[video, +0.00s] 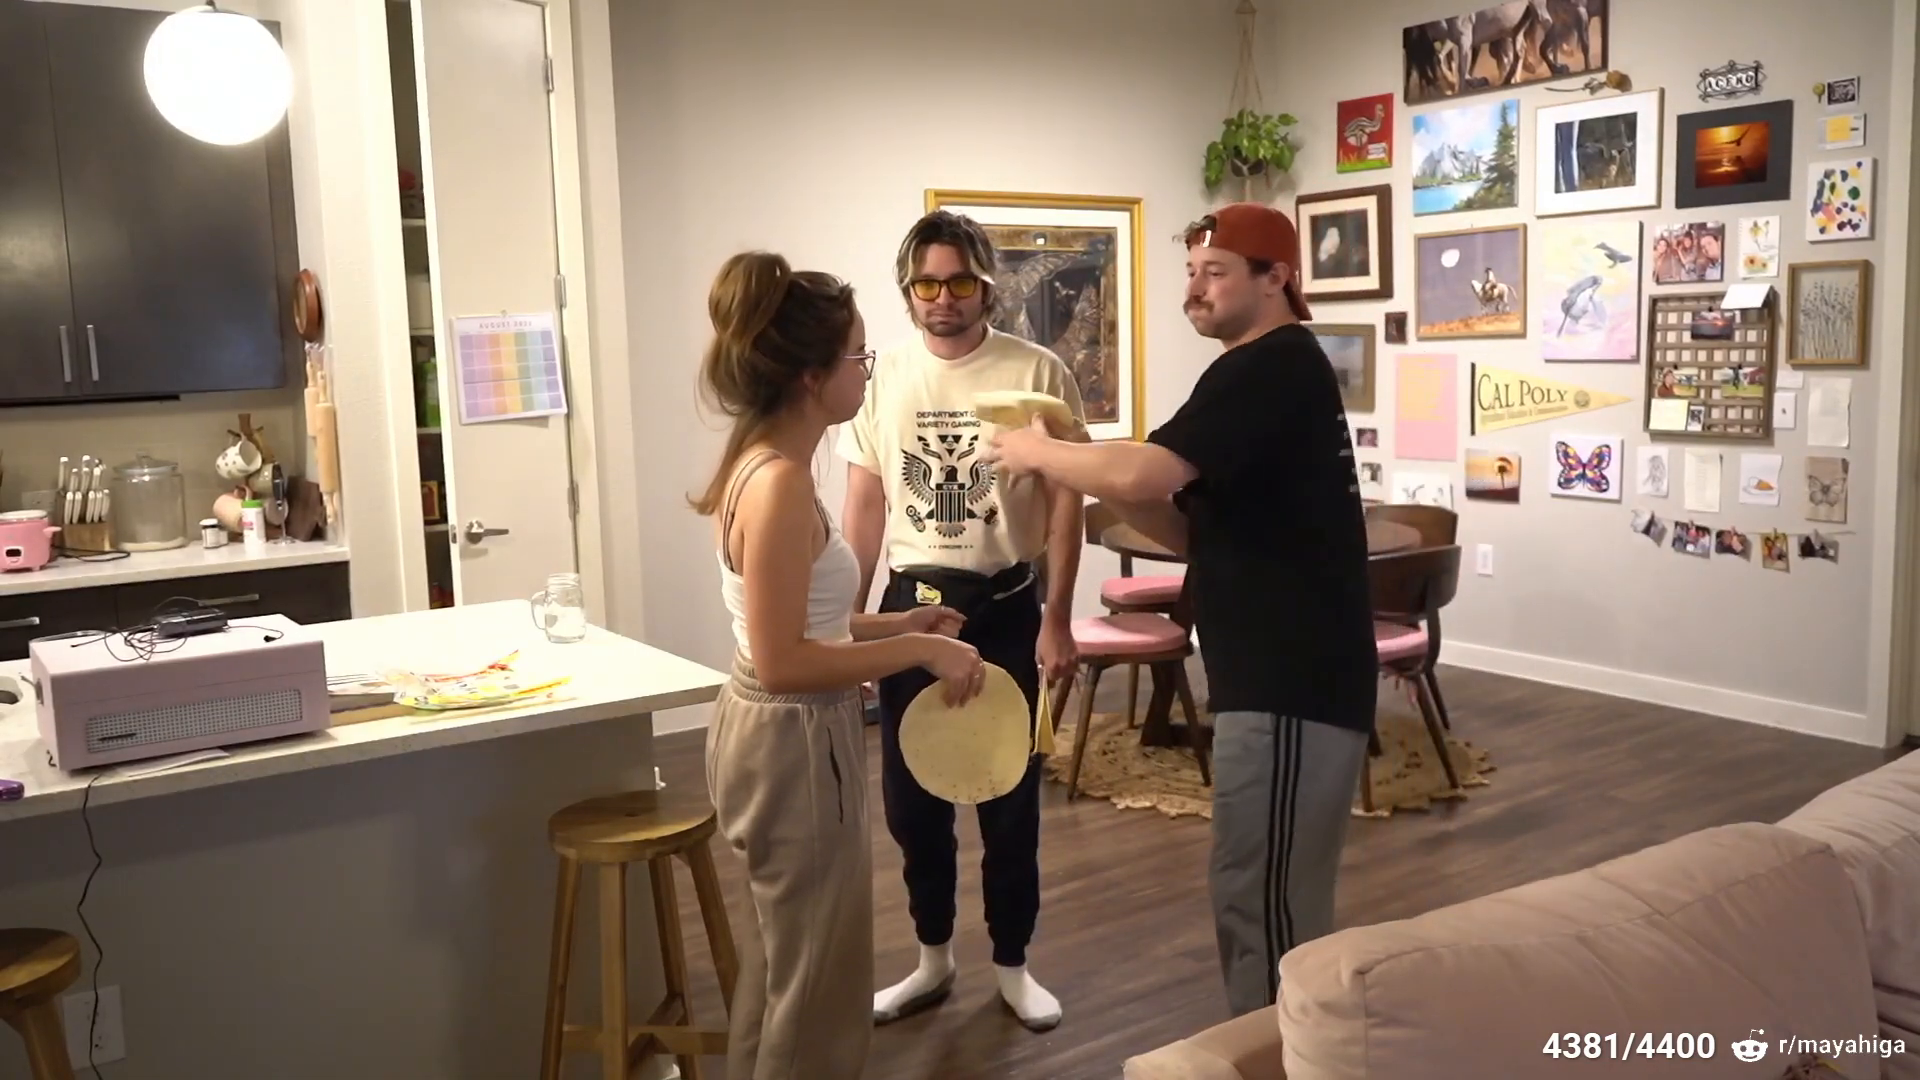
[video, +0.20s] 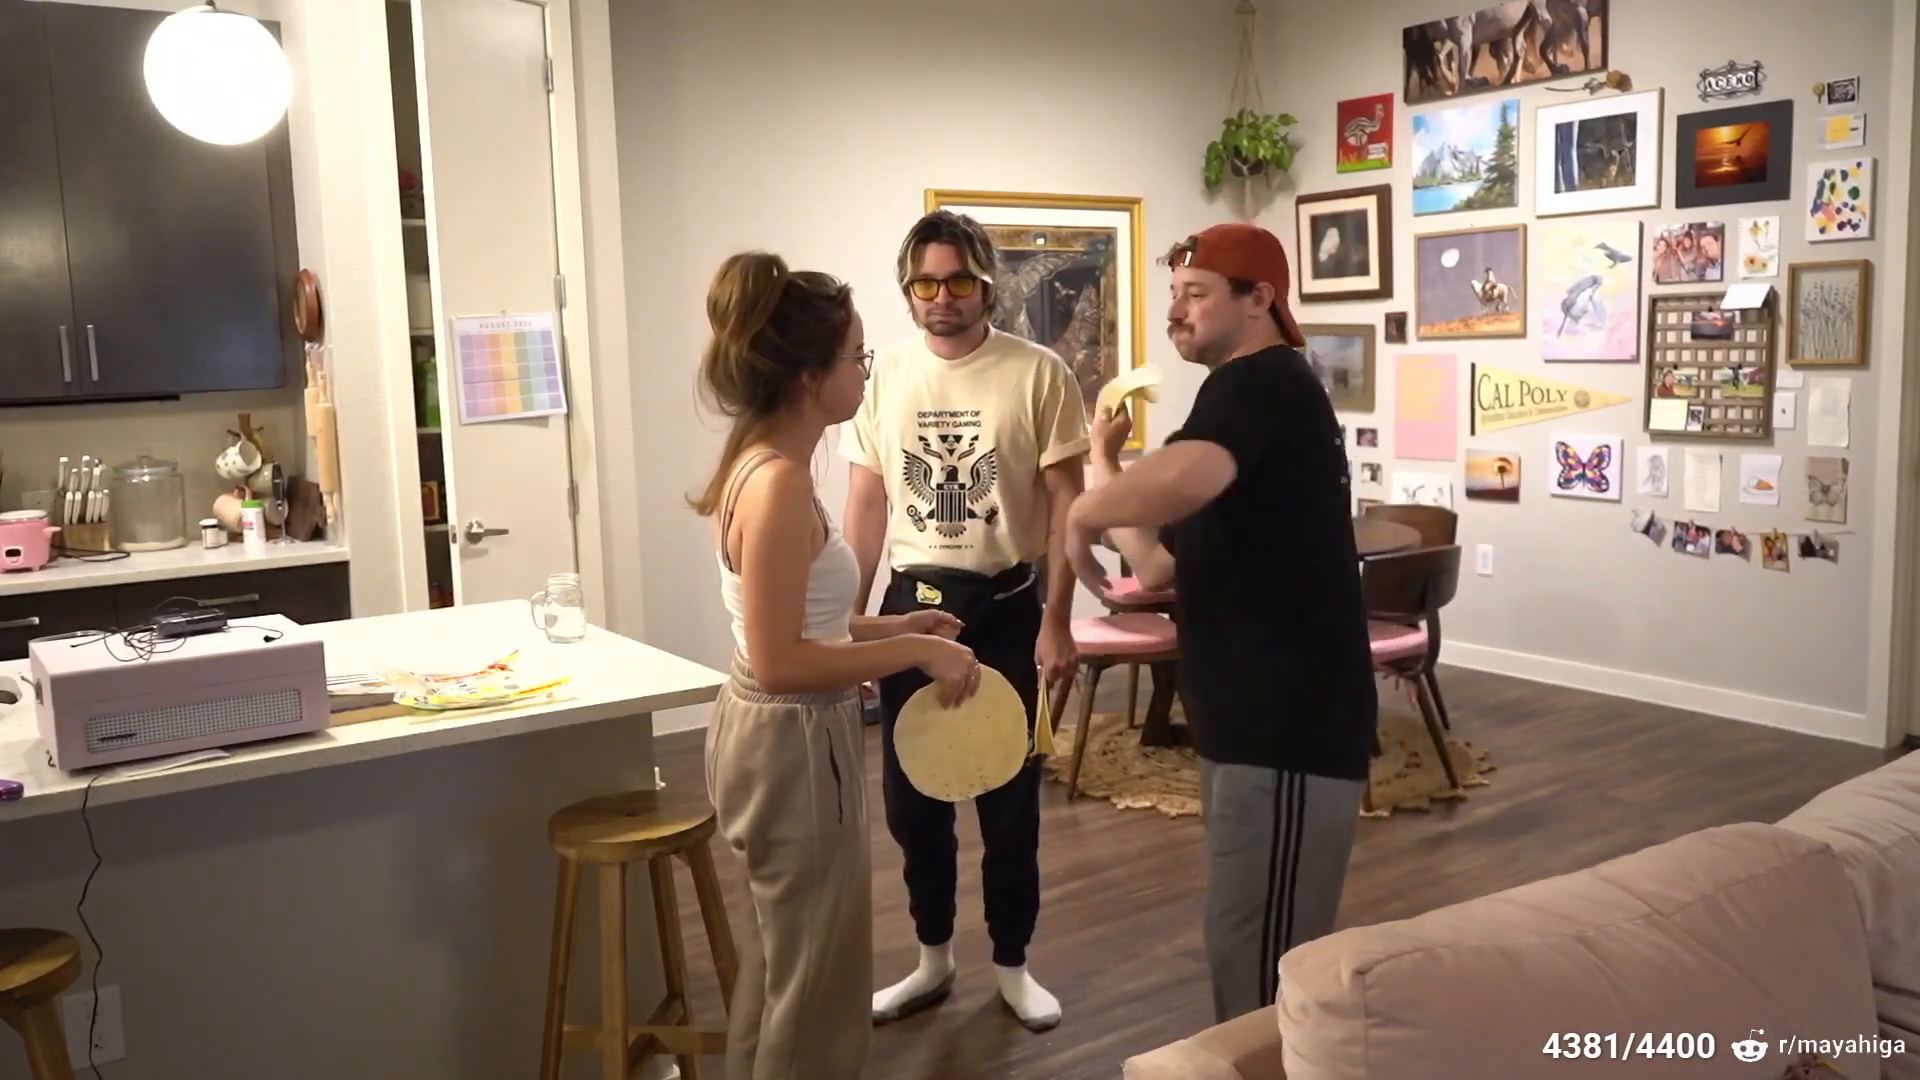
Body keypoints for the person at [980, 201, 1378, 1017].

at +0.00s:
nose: (1195, 289)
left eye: (1214, 272)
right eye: (1193, 275)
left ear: (1273, 278)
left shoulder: (1272, 364)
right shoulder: (1262, 367)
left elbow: (1153, 471)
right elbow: (1186, 531)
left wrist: (1043, 454)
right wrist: (1091, 474)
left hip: (1288, 689)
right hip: (1274, 684)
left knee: (1262, 908)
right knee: (1267, 904)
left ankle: (1274, 1070)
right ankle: (1278, 1066)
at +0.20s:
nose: (1176, 311)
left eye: (1195, 293)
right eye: (1174, 296)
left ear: (1256, 299)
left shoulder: (1263, 379)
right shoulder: (1252, 391)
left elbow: (1200, 470)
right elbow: (1154, 565)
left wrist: (1084, 511)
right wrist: (1107, 462)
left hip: (1285, 736)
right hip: (1267, 731)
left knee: (1257, 966)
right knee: (1258, 960)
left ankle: (1261, 1078)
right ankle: (1261, 1074)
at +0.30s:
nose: (1150, 307)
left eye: (1169, 288)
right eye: (1148, 293)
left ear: (1235, 294)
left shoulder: (1289, 380)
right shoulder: (1181, 448)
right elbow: (1099, 569)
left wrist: (1194, 546)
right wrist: (1056, 474)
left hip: (1311, 730)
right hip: (1218, 733)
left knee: (1267, 959)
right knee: (1268, 933)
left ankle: (1289, 1074)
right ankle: (1325, 1057)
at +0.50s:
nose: (1138, 309)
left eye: (1154, 288)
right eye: (1136, 291)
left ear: (1221, 285)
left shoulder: (1343, 400)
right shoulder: (1152, 417)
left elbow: (1458, 530)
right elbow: (1098, 535)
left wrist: (1310, 552)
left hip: (1315, 741)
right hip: (1196, 733)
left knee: (1282, 969)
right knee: (1236, 931)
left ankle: (1319, 1067)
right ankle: (1304, 1042)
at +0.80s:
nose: (1160, 339)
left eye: (1181, 321)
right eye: (1160, 318)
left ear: (1250, 328)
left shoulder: (1360, 421)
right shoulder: (1167, 423)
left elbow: (1410, 582)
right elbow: (1141, 552)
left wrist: (1255, 546)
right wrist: (1159, 653)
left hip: (1324, 734)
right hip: (1208, 724)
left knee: (1285, 934)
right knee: (1218, 925)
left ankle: (1308, 1065)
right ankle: (1247, 1062)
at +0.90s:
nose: (1167, 331)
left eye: (1187, 313)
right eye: (1166, 311)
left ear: (1255, 319)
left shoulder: (1350, 403)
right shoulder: (1186, 400)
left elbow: (1286, 551)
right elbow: (1132, 534)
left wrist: (1183, 433)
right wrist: (1085, 636)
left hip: (1329, 710)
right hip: (1223, 705)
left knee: (1305, 921)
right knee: (1242, 908)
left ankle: (1333, 1062)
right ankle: (1267, 1055)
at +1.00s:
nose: (1178, 314)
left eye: (1198, 294)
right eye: (1179, 293)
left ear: (1267, 297)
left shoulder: (1347, 395)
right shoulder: (1192, 396)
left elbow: (1264, 528)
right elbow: (1105, 514)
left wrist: (1194, 400)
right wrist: (1010, 568)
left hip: (1334, 730)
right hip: (1225, 722)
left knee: (1359, 951)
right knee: (1282, 940)